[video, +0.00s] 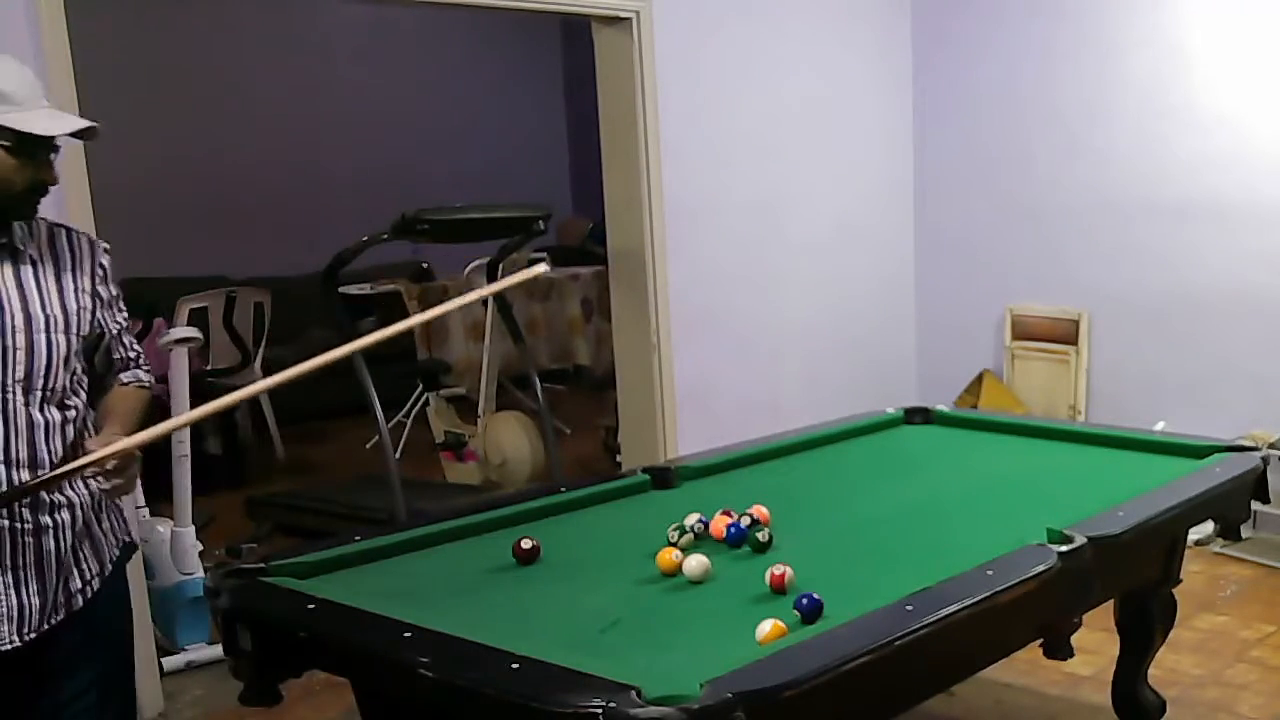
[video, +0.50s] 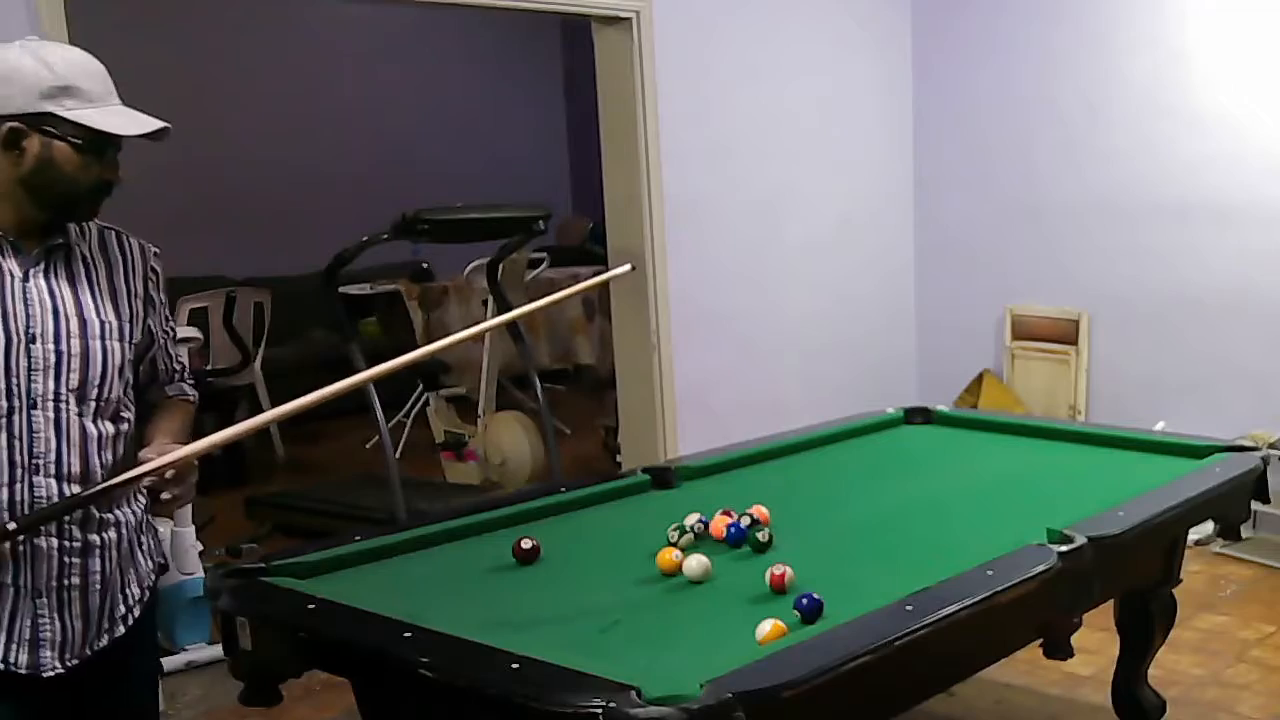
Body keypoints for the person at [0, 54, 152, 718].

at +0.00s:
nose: (53, 170)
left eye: (53, 150)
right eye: (33, 151)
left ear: (54, 152)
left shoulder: (81, 256)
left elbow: (129, 370)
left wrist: (113, 436)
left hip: (81, 577)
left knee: (99, 707)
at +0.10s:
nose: (72, 168)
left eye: (72, 147)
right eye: (47, 146)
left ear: (76, 144)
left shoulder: (95, 255)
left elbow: (142, 368)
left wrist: (123, 437)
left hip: (87, 585)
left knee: (103, 711)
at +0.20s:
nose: (86, 167)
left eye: (86, 148)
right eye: (65, 146)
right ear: (2, 142)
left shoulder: (110, 261)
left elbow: (153, 375)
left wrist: (141, 440)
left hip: (98, 589)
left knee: (112, 711)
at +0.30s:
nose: (98, 173)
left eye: (100, 152)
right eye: (79, 150)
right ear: (10, 142)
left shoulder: (119, 263)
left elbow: (161, 381)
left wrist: (149, 443)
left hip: (103, 607)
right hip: (5, 616)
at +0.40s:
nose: (106, 174)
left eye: (107, 151)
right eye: (87, 149)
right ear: (12, 145)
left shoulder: (126, 262)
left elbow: (164, 384)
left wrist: (158, 440)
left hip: (109, 611)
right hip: (4, 618)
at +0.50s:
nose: (115, 171)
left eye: (116, 149)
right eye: (96, 149)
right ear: (19, 142)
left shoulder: (132, 262)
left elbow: (172, 388)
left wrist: (164, 446)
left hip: (118, 616)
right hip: (9, 625)